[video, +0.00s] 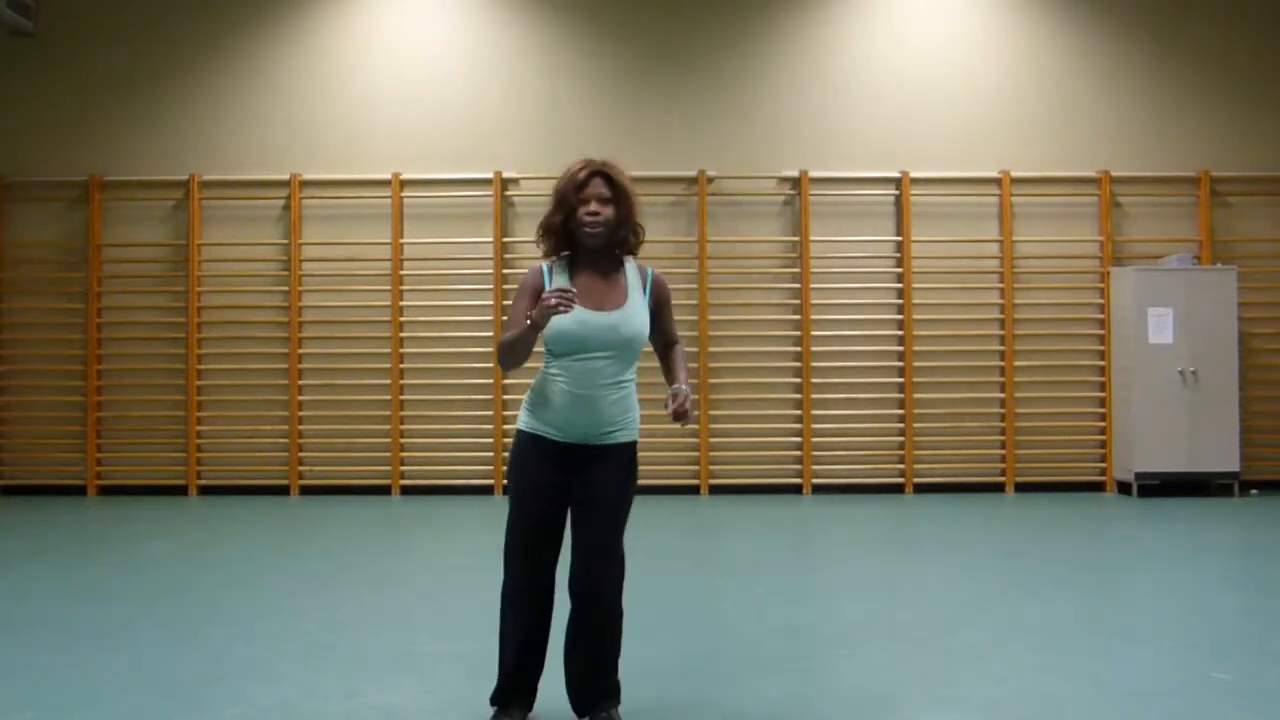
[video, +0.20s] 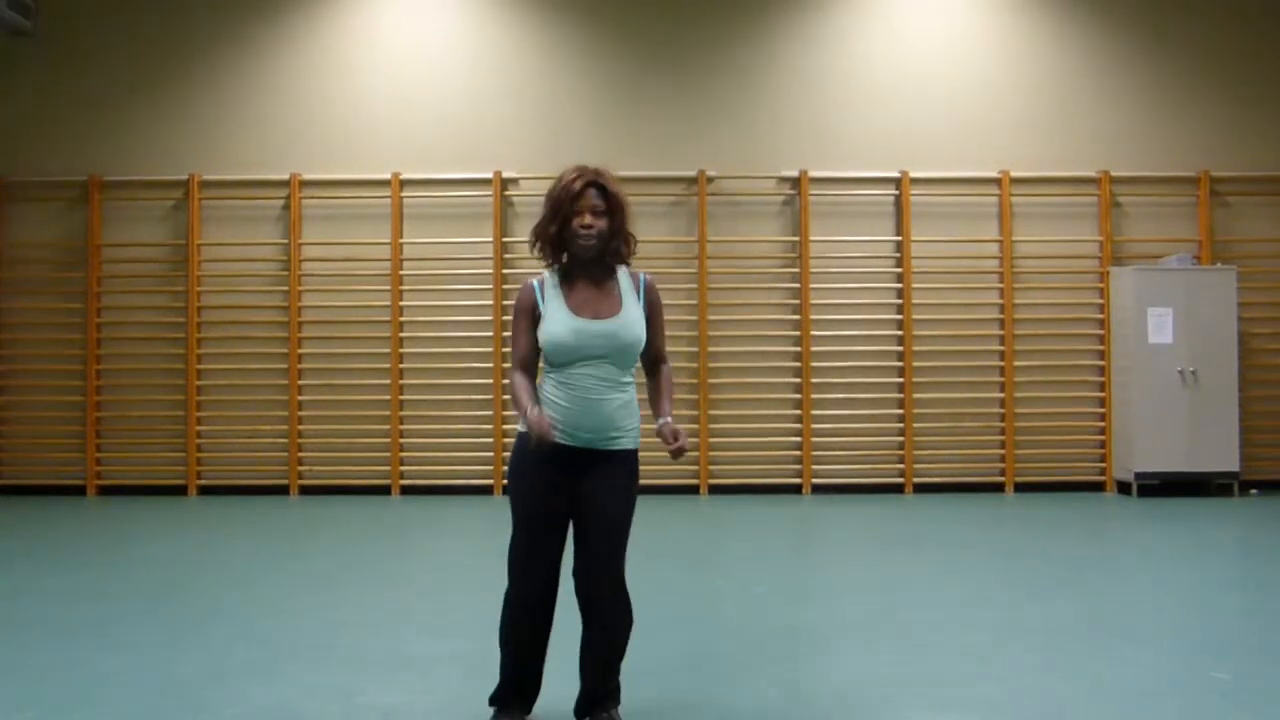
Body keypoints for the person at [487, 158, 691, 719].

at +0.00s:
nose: (595, 210)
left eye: (606, 201)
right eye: (583, 201)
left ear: (622, 211)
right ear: (567, 213)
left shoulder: (647, 283)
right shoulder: (543, 276)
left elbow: (668, 344)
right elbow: (508, 358)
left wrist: (679, 384)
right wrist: (536, 322)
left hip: (612, 445)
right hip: (542, 442)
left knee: (599, 579)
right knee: (526, 576)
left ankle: (599, 705)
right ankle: (512, 704)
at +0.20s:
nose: (588, 223)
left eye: (598, 213)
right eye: (577, 214)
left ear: (613, 222)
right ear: (560, 223)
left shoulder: (640, 289)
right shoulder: (537, 292)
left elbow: (658, 362)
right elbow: (521, 368)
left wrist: (664, 416)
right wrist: (530, 413)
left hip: (613, 459)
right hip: (544, 456)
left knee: (602, 585)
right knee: (528, 584)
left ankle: (600, 707)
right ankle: (511, 706)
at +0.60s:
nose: (586, 210)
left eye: (596, 201)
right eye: (576, 200)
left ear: (612, 211)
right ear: (559, 209)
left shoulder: (635, 276)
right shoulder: (544, 272)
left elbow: (655, 353)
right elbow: (530, 334)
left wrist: (610, 368)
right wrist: (490, 378)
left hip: (618, 443)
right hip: (550, 440)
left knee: (610, 580)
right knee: (543, 577)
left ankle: (601, 707)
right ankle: (530, 712)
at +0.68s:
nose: (585, 213)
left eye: (595, 204)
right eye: (575, 205)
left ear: (611, 214)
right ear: (558, 215)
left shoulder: (634, 282)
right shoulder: (543, 276)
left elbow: (649, 361)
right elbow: (532, 340)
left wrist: (613, 376)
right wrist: (482, 372)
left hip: (617, 446)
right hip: (549, 444)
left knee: (609, 579)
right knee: (535, 575)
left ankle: (601, 706)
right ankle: (529, 712)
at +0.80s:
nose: (582, 225)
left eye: (591, 216)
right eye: (571, 217)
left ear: (605, 225)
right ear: (555, 227)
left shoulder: (630, 298)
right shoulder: (534, 290)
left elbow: (649, 379)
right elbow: (516, 367)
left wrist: (627, 415)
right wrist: (467, 366)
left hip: (609, 457)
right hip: (542, 458)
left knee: (607, 584)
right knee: (525, 581)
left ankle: (601, 707)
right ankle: (521, 706)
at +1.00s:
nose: (561, 216)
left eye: (572, 207)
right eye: (550, 209)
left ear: (589, 216)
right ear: (537, 221)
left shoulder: (618, 290)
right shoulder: (516, 283)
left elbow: (634, 363)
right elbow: (485, 364)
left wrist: (642, 416)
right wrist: (492, 337)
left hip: (586, 446)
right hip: (517, 447)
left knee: (596, 571)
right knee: (515, 576)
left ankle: (601, 702)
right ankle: (517, 702)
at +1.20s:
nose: (548, 206)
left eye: (557, 196)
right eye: (537, 201)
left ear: (578, 206)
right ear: (524, 215)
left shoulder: (603, 279)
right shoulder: (507, 275)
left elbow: (611, 350)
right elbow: (484, 350)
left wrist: (645, 399)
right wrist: (511, 352)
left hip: (580, 440)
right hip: (511, 442)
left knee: (587, 572)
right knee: (517, 574)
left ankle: (601, 706)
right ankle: (518, 704)